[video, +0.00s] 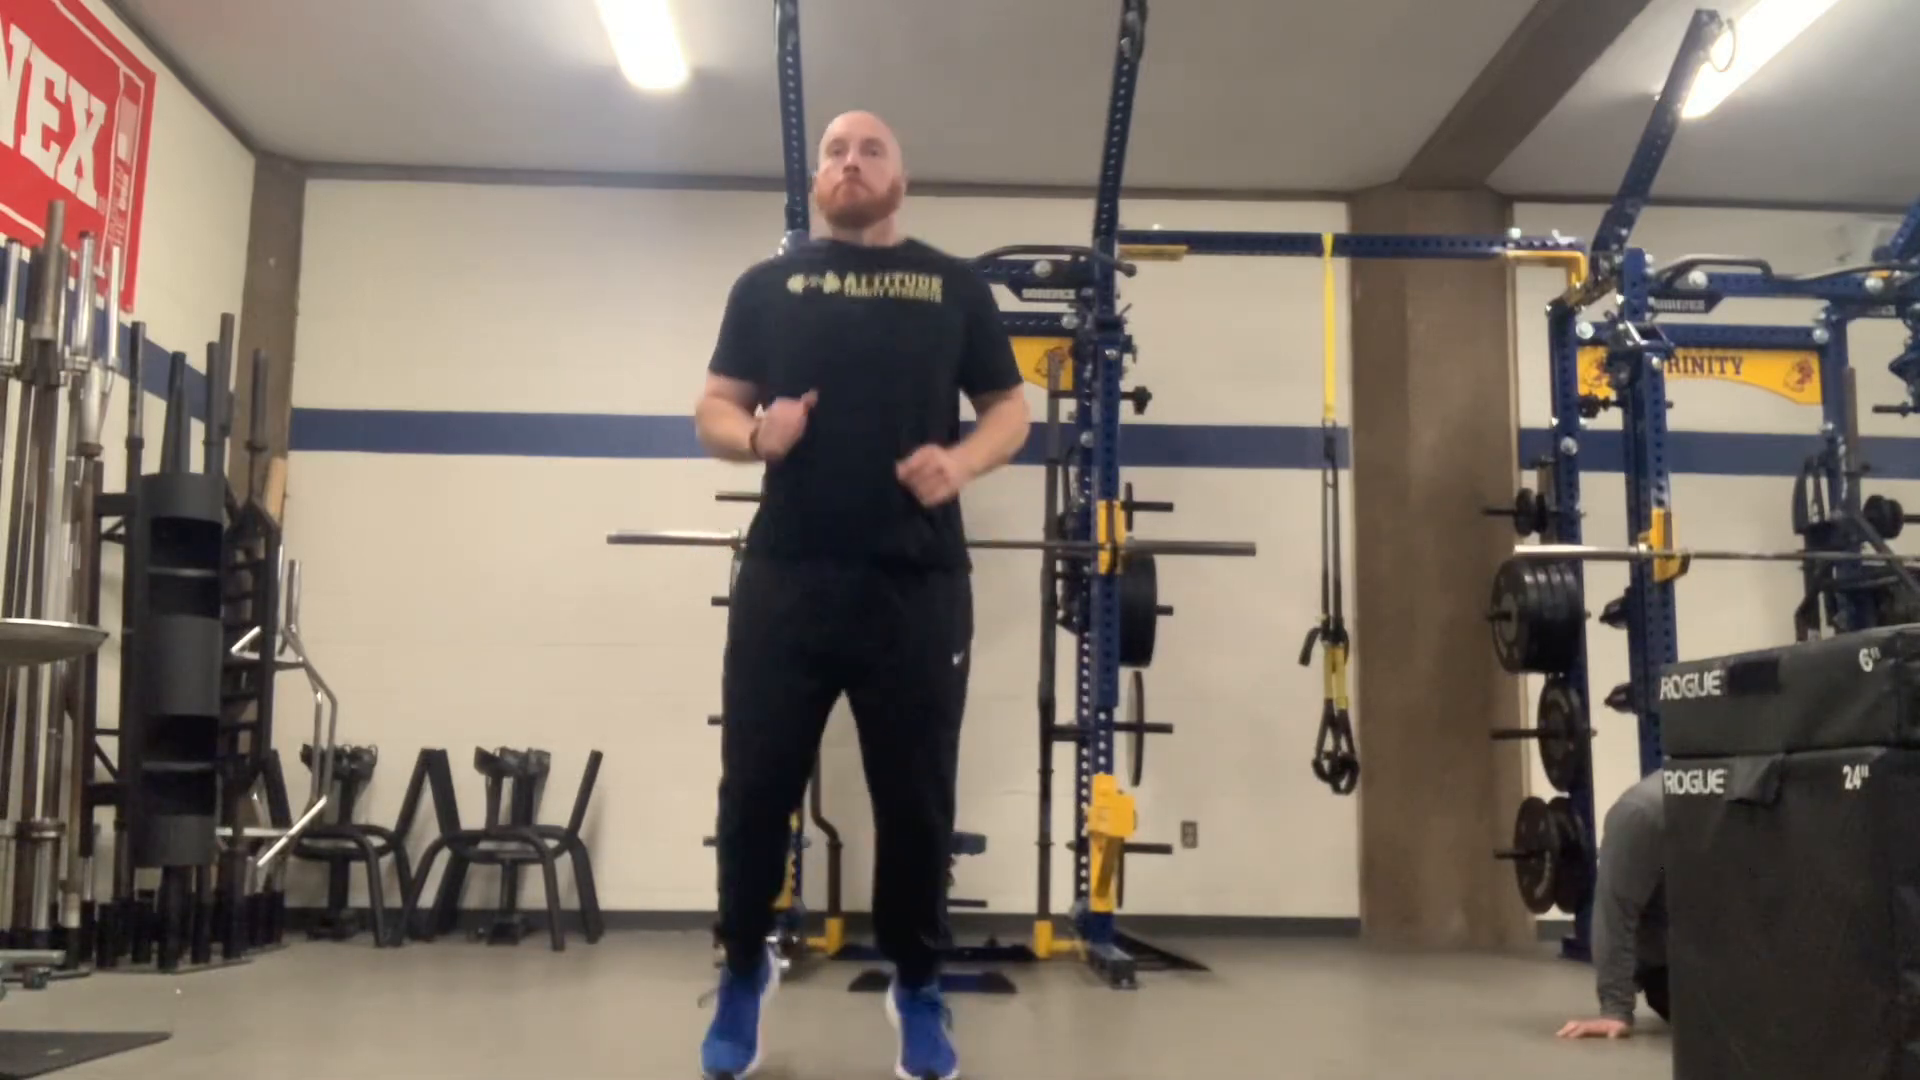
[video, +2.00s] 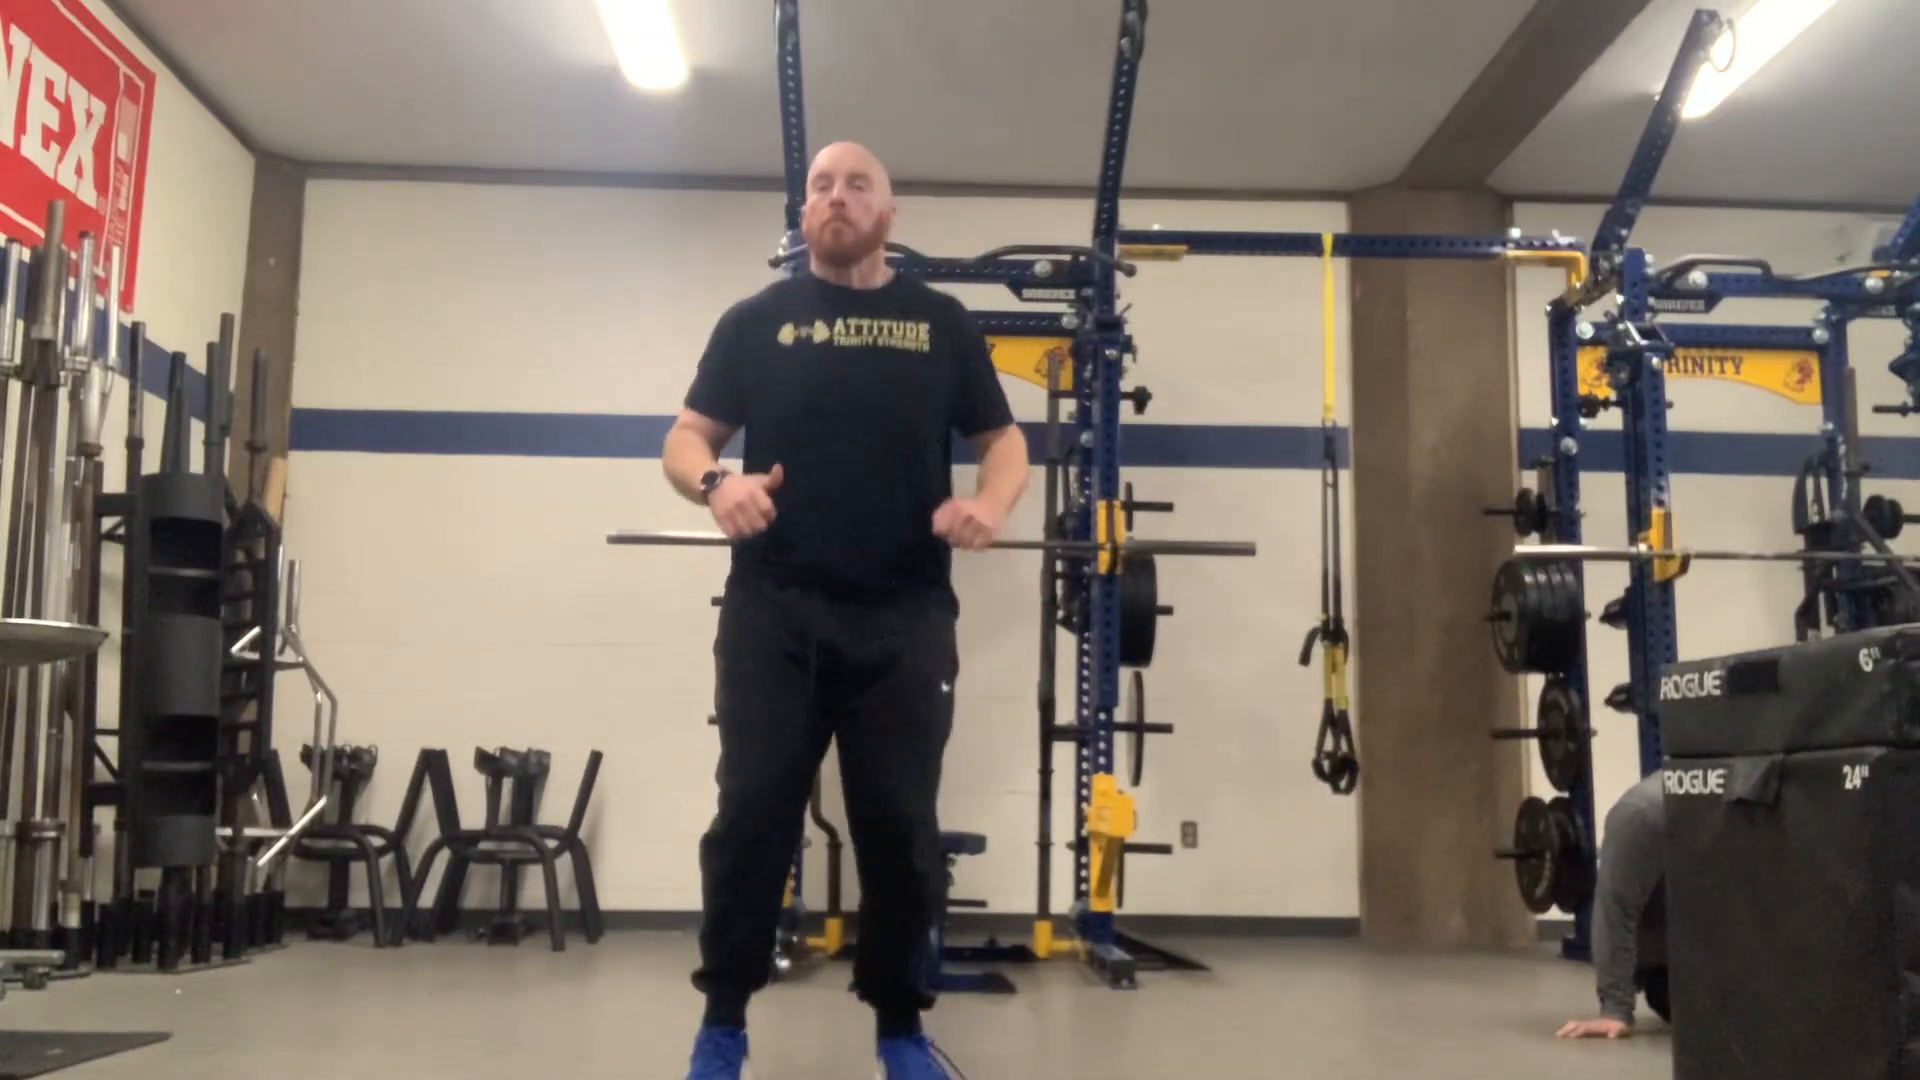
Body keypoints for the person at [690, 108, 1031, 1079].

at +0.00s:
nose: (851, 162)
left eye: (871, 151)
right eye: (837, 151)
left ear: (904, 181)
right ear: (813, 181)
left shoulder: (955, 287)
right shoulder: (765, 287)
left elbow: (1013, 409)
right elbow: (716, 412)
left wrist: (960, 461)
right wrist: (754, 433)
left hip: (916, 583)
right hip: (787, 579)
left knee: (917, 801)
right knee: (755, 789)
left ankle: (918, 992)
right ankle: (742, 974)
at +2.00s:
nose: (838, 196)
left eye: (858, 183)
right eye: (823, 184)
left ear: (892, 212)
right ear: (801, 213)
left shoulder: (945, 324)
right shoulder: (753, 323)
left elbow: (1006, 447)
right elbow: (686, 445)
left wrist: (990, 508)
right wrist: (716, 483)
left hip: (904, 614)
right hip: (773, 607)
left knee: (901, 829)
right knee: (752, 817)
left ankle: (902, 1032)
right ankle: (723, 1023)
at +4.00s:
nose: (832, 176)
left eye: (850, 164)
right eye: (816, 168)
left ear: (885, 194)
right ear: (796, 201)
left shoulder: (938, 297)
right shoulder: (749, 306)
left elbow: (1000, 420)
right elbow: (703, 424)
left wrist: (970, 488)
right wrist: (713, 479)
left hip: (902, 580)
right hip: (777, 577)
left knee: (916, 797)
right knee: (744, 786)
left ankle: (906, 995)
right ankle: (725, 980)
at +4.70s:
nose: (831, 139)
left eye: (852, 128)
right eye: (816, 130)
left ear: (886, 158)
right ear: (796, 161)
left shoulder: (937, 261)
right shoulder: (747, 260)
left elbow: (1000, 384)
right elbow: (692, 382)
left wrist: (954, 409)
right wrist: (732, 408)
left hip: (901, 559)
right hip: (770, 554)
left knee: (914, 780)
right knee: (731, 773)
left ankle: (927, 1002)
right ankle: (694, 997)